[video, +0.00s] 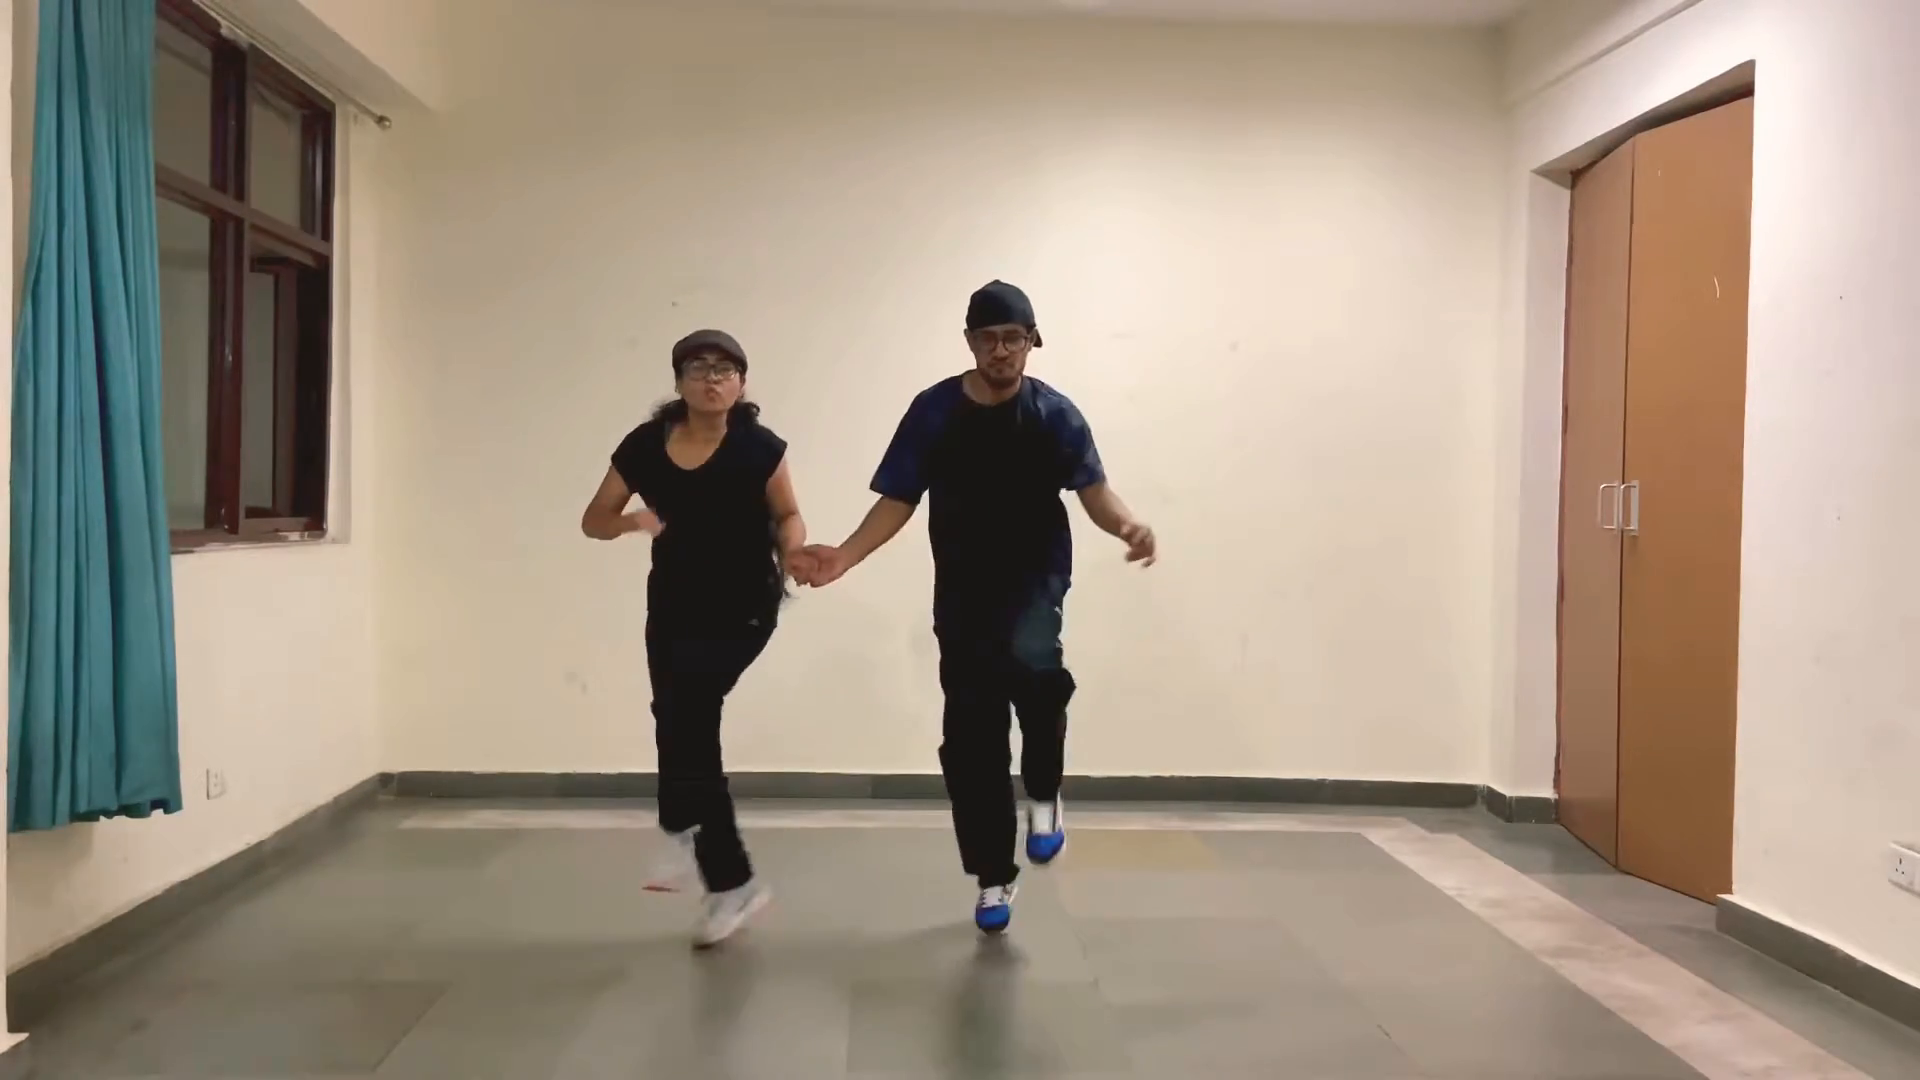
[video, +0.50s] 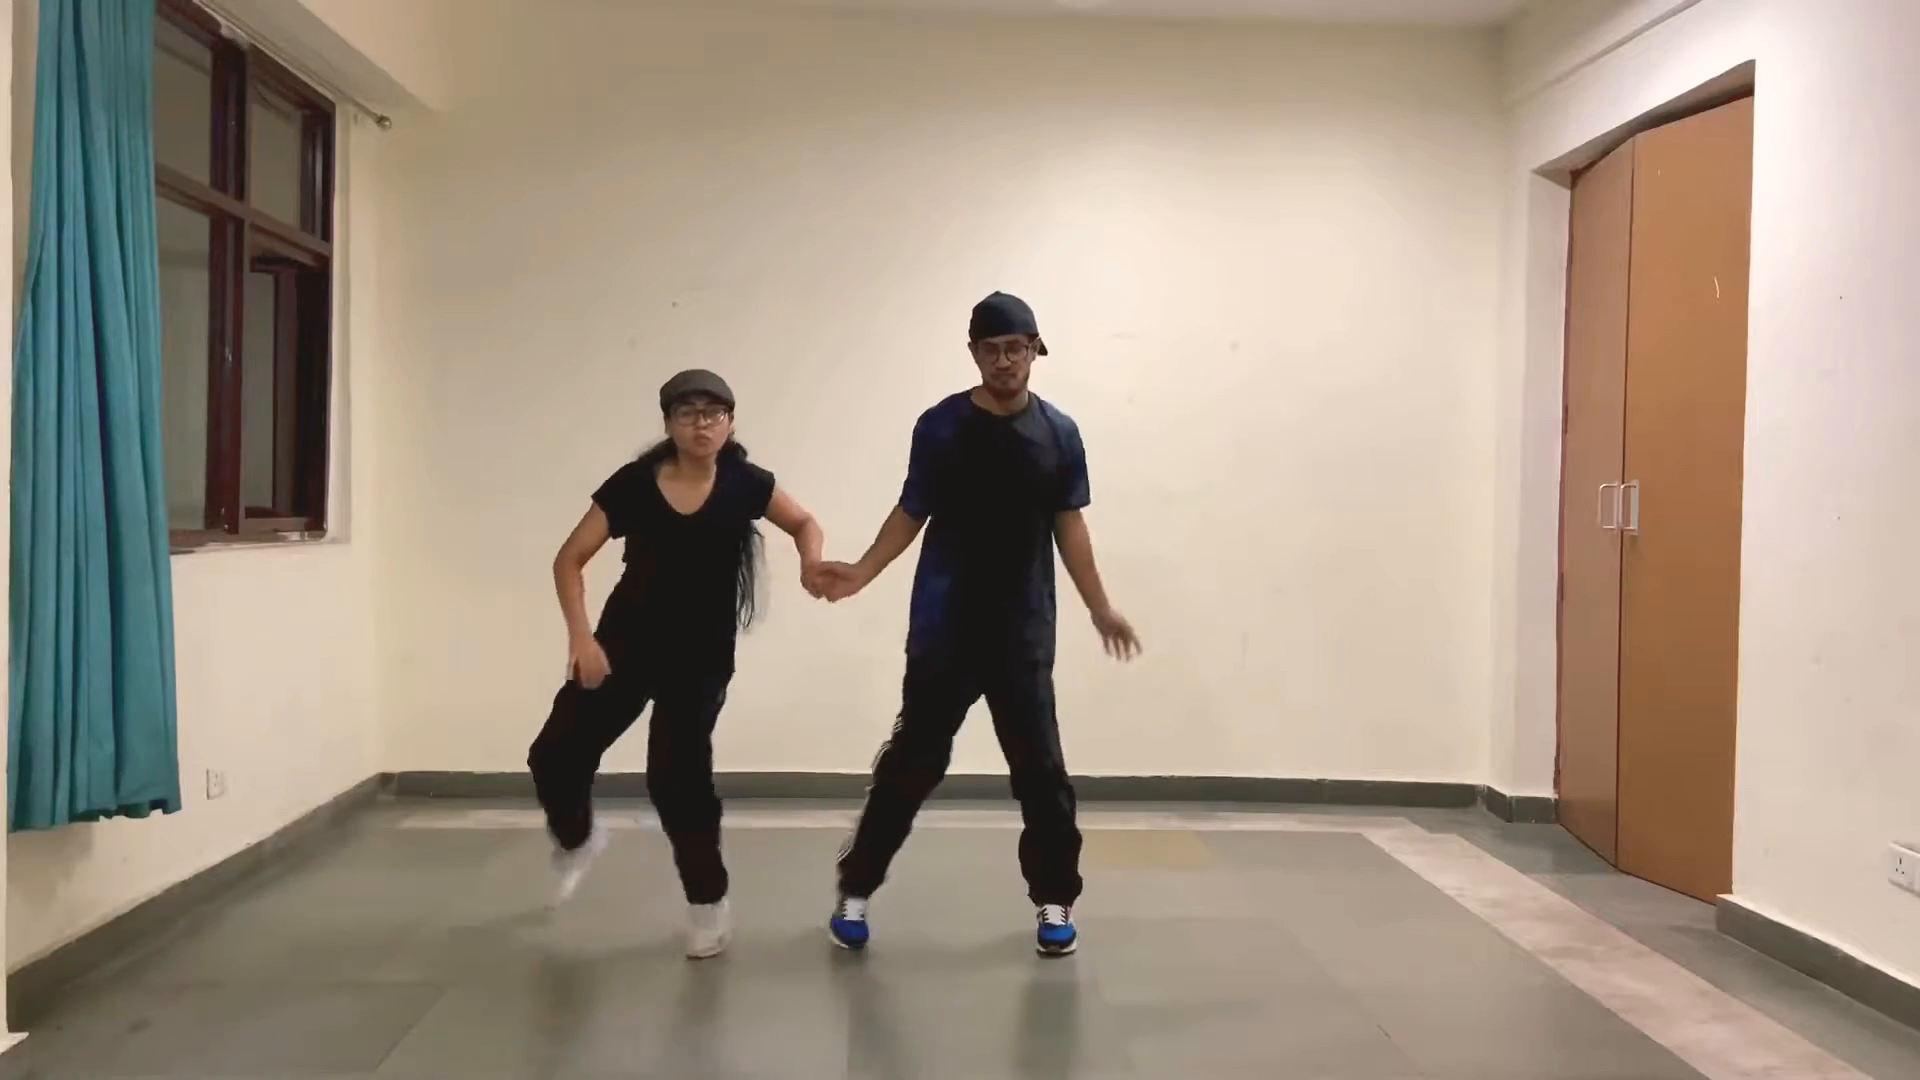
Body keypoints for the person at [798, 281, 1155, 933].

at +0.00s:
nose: (1001, 351)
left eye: (1013, 340)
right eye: (989, 340)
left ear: (1031, 342)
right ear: (970, 341)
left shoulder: (1053, 415)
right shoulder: (934, 411)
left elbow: (1092, 488)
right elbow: (898, 499)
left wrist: (1127, 525)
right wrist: (844, 555)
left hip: (1035, 580)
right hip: (963, 585)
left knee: (1035, 670)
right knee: (970, 732)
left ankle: (1042, 793)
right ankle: (991, 874)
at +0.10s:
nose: (1010, 362)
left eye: (1023, 350)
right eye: (998, 349)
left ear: (1038, 355)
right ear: (977, 350)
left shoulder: (1054, 428)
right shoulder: (935, 425)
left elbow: (1108, 494)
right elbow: (888, 512)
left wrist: (1162, 536)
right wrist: (835, 592)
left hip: (1046, 615)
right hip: (972, 618)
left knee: (1055, 748)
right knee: (992, 751)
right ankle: (1008, 883)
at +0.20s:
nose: (1017, 364)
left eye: (1030, 353)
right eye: (1005, 351)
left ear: (1045, 359)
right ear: (983, 353)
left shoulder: (1059, 436)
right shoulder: (940, 431)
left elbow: (1104, 510)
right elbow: (904, 524)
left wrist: (1159, 570)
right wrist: (852, 607)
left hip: (1048, 625)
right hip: (973, 627)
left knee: (1057, 768)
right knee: (993, 762)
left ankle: (1063, 909)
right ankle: (1007, 883)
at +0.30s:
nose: (1017, 371)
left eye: (1029, 359)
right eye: (1004, 359)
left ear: (1046, 363)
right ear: (983, 360)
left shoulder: (1064, 445)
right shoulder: (943, 434)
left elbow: (1091, 541)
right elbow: (914, 525)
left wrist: (1125, 622)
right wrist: (873, 604)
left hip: (1051, 621)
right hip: (975, 621)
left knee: (1057, 755)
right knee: (984, 746)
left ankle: (1066, 897)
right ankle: (989, 848)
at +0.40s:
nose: (1013, 367)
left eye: (1025, 355)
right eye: (1000, 356)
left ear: (1043, 359)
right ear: (982, 359)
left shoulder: (1062, 447)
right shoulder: (944, 434)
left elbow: (1074, 549)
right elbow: (920, 521)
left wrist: (1093, 640)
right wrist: (879, 588)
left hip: (1044, 629)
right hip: (966, 628)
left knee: (1062, 762)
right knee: (958, 740)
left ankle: (1065, 903)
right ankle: (933, 839)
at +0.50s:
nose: (1005, 361)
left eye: (1016, 349)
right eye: (992, 350)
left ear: (1035, 352)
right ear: (974, 353)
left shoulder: (1059, 435)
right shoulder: (942, 426)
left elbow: (1070, 525)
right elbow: (911, 511)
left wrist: (1101, 610)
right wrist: (859, 572)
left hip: (1023, 630)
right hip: (945, 626)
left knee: (1041, 767)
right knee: (918, 755)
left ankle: (1055, 900)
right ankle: (856, 886)